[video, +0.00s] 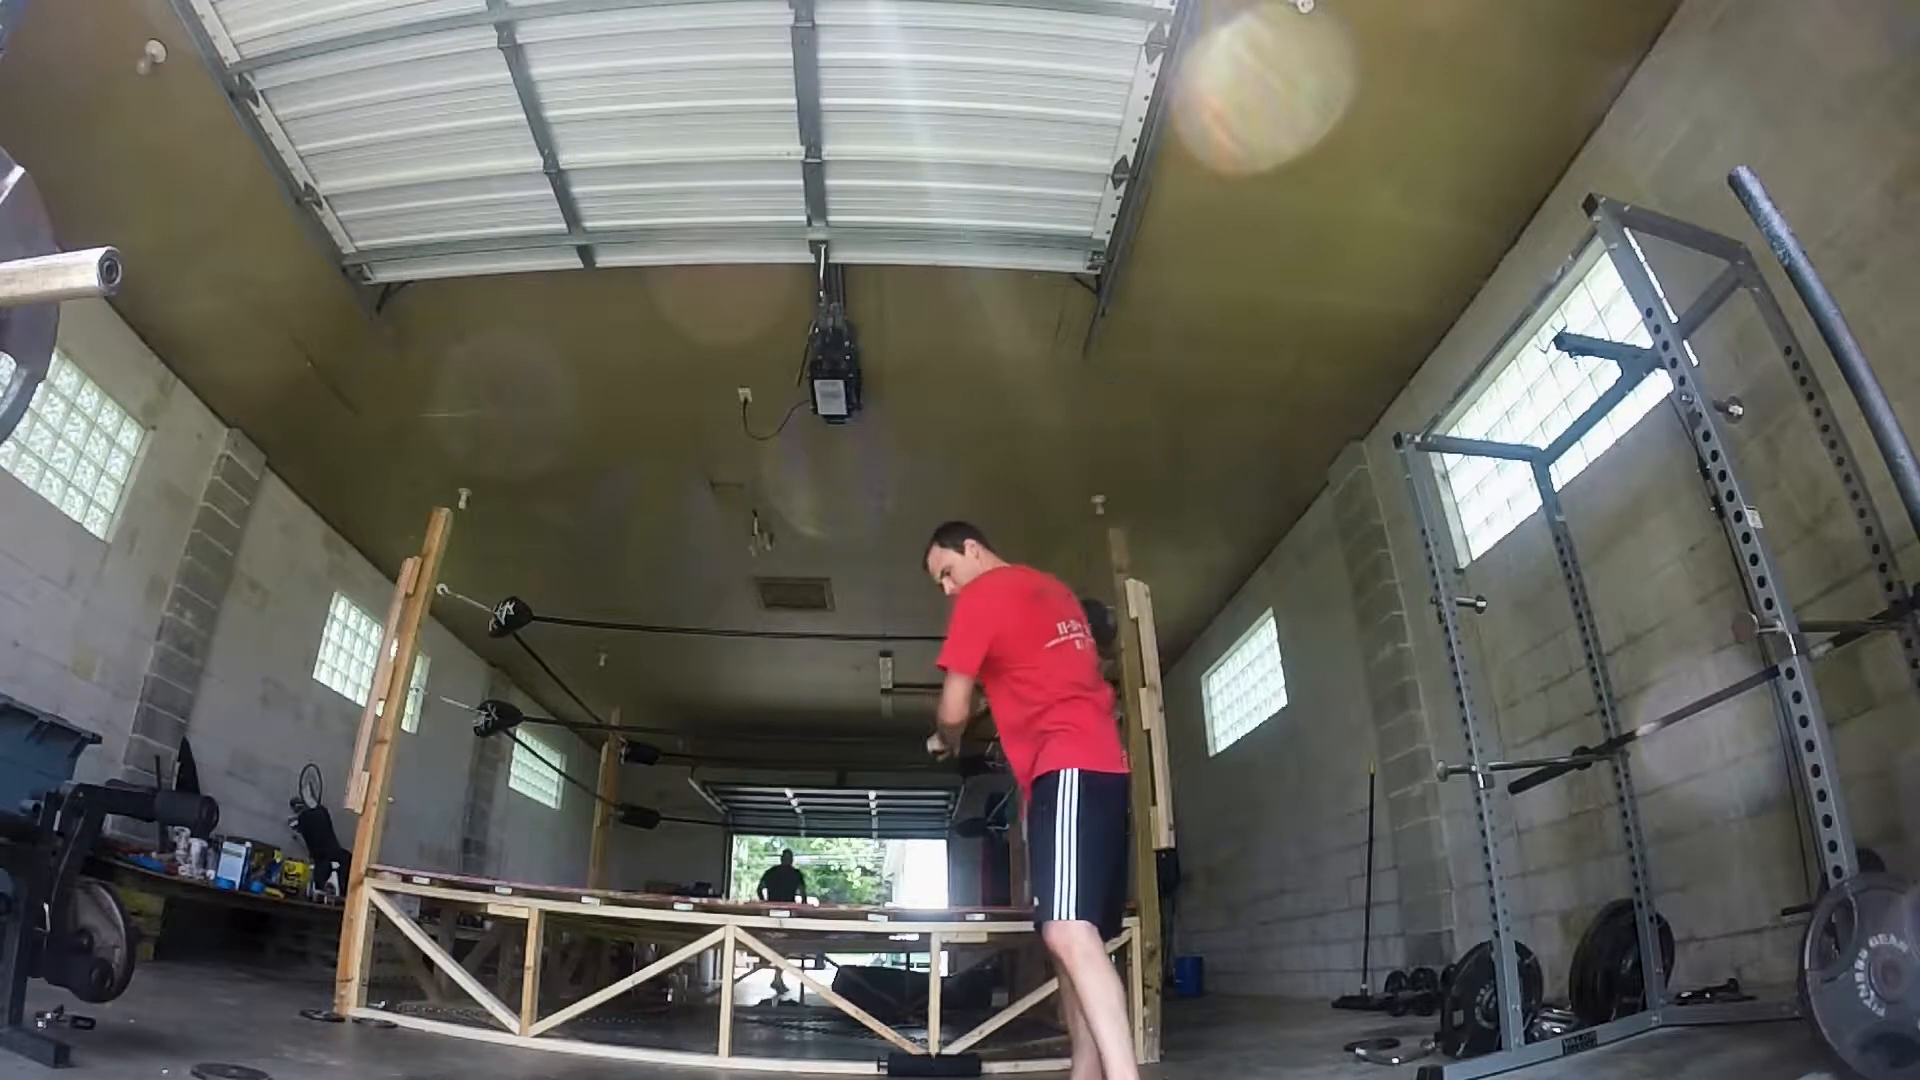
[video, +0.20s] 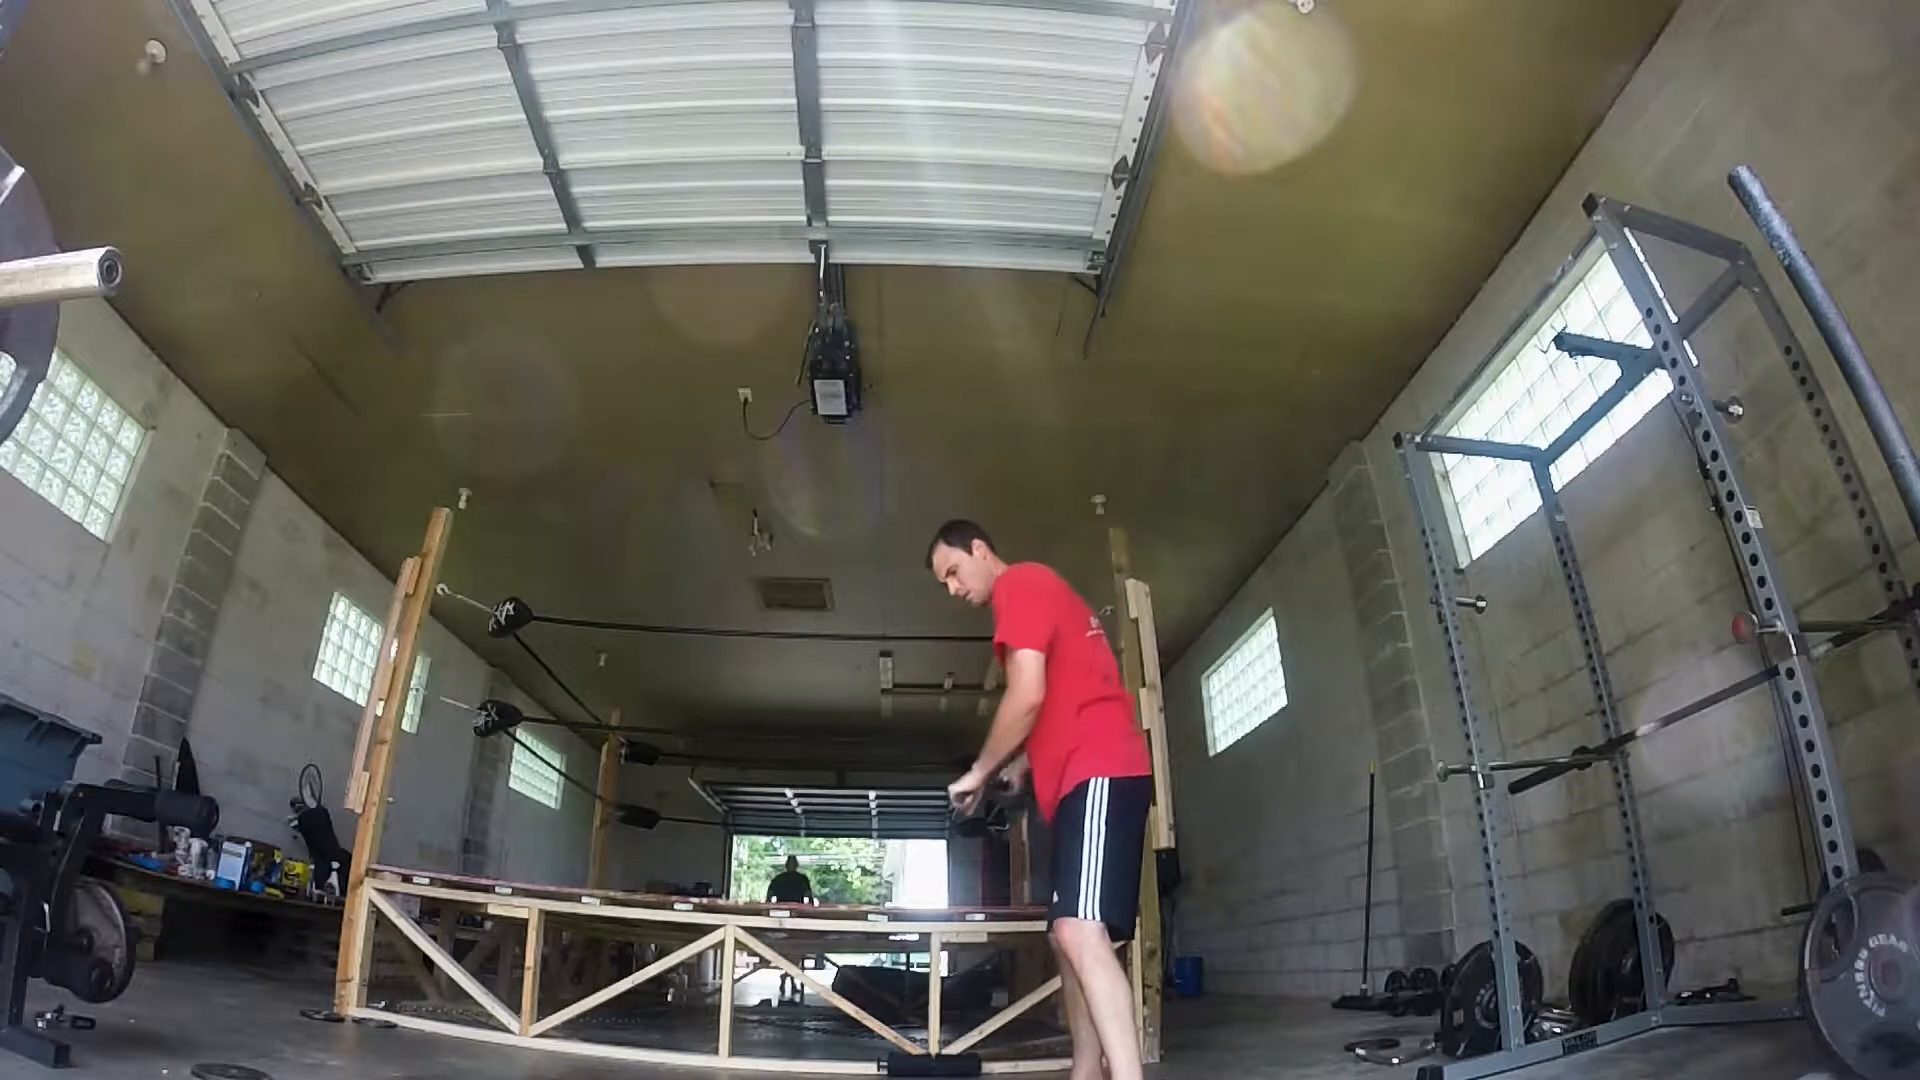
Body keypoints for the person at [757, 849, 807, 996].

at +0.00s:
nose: (788, 861)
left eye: (788, 858)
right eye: (788, 858)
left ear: (781, 858)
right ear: (791, 859)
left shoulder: (771, 871)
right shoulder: (797, 874)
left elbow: (759, 888)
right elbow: (803, 893)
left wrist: (764, 901)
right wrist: (804, 906)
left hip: (771, 908)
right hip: (788, 909)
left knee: (778, 943)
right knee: (785, 944)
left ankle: (778, 977)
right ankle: (777, 977)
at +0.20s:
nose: (792, 867)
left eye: (791, 865)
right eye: (793, 865)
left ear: (786, 865)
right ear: (797, 865)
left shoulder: (777, 879)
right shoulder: (803, 879)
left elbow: (768, 899)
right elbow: (810, 899)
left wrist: (768, 913)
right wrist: (810, 911)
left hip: (781, 917)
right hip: (799, 917)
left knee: (787, 948)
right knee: (796, 950)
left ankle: (788, 979)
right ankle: (786, 978)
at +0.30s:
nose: (794, 868)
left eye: (792, 865)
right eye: (796, 865)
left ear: (788, 865)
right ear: (799, 866)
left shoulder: (781, 879)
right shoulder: (805, 879)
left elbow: (772, 899)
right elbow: (811, 899)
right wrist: (811, 909)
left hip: (784, 915)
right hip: (802, 915)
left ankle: (794, 983)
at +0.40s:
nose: (801, 865)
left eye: (799, 863)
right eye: (801, 863)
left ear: (792, 863)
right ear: (802, 864)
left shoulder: (783, 877)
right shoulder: (808, 876)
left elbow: (775, 894)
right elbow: (812, 895)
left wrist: (777, 907)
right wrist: (814, 907)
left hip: (789, 916)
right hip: (807, 915)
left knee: (790, 951)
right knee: (807, 948)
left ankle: (793, 982)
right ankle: (803, 978)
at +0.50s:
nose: (801, 865)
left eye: (800, 862)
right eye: (802, 863)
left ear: (795, 863)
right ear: (805, 864)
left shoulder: (787, 876)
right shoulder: (810, 876)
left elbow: (777, 889)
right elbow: (814, 892)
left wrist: (777, 901)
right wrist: (817, 902)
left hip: (791, 910)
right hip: (808, 910)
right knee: (809, 935)